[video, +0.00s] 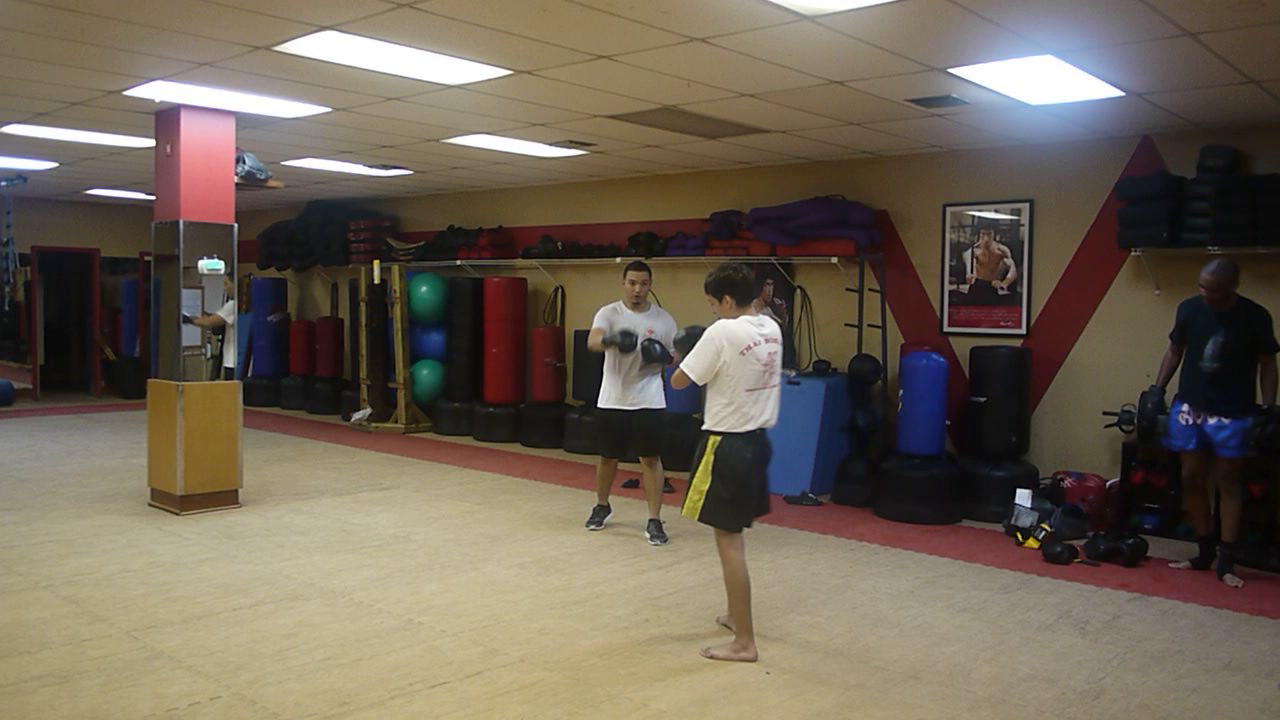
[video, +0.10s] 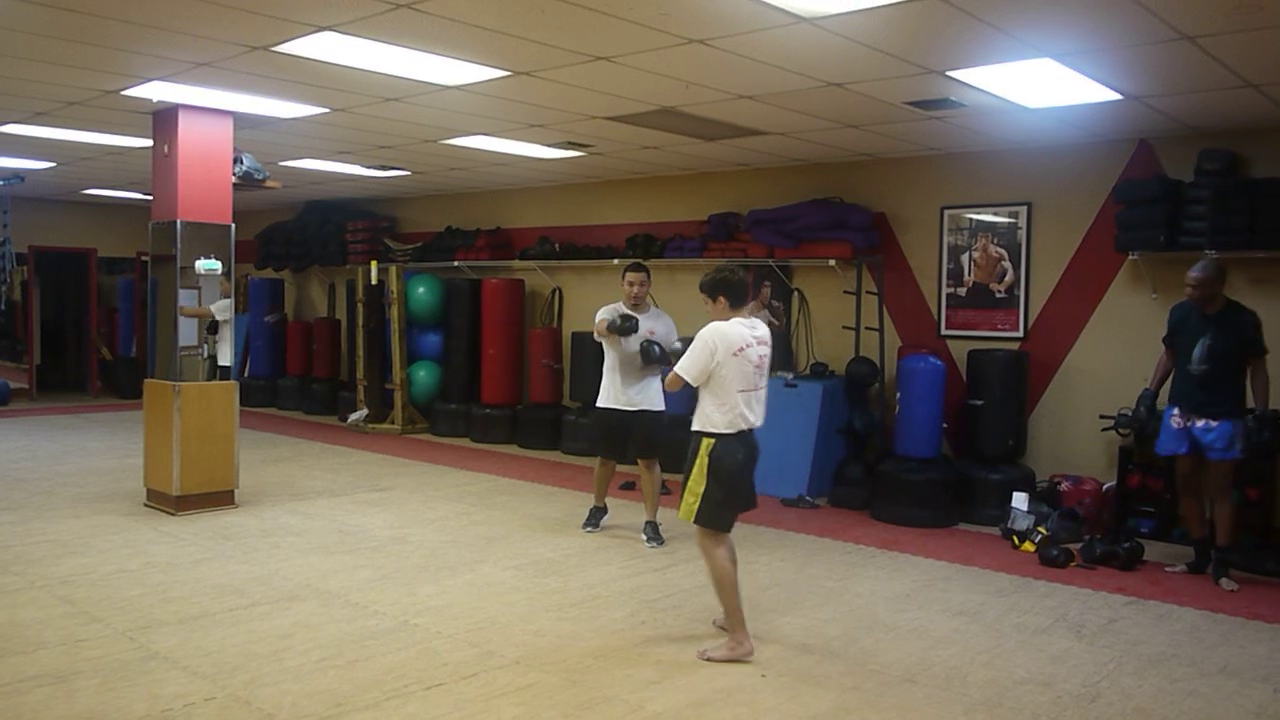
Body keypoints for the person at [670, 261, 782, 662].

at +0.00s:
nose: (712, 307)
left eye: (713, 300)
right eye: (712, 300)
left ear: (726, 299)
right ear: (748, 296)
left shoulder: (721, 332)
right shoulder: (772, 327)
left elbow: (678, 381)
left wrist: (682, 356)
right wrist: (706, 350)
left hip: (726, 446)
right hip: (756, 442)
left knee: (729, 543)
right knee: (733, 536)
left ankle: (744, 642)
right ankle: (737, 613)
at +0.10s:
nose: (705, 306)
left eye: (707, 300)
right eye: (705, 300)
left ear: (720, 299)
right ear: (741, 299)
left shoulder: (713, 334)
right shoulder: (762, 330)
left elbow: (672, 384)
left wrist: (675, 363)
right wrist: (695, 360)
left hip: (715, 445)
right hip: (743, 442)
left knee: (709, 538)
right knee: (721, 533)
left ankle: (739, 639)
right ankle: (732, 612)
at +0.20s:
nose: (698, 304)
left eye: (699, 298)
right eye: (698, 298)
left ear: (710, 298)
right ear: (733, 297)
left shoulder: (705, 332)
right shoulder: (752, 329)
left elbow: (669, 386)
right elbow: (728, 373)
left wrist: (662, 371)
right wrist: (687, 361)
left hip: (706, 441)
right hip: (736, 439)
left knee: (683, 532)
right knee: (714, 531)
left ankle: (727, 622)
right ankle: (730, 619)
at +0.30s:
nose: (689, 300)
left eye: (690, 295)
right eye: (690, 295)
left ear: (698, 295)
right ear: (726, 295)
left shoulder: (696, 330)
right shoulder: (742, 329)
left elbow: (666, 388)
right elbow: (718, 378)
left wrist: (648, 372)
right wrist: (676, 363)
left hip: (695, 439)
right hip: (731, 438)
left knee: (659, 523)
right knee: (713, 526)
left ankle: (702, 612)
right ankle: (735, 618)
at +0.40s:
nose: (674, 296)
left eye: (675, 291)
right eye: (677, 291)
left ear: (682, 292)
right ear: (713, 291)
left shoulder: (680, 327)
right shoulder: (729, 326)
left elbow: (656, 385)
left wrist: (639, 371)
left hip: (684, 436)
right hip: (721, 434)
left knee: (646, 520)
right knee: (713, 524)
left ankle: (660, 617)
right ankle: (735, 615)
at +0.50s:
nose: (657, 294)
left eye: (659, 289)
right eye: (660, 289)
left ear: (668, 292)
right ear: (701, 292)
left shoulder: (666, 328)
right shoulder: (719, 326)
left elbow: (645, 387)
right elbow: (726, 372)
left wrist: (632, 371)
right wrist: (682, 365)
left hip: (674, 437)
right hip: (714, 435)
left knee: (640, 522)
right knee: (709, 525)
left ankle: (626, 615)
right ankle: (735, 616)